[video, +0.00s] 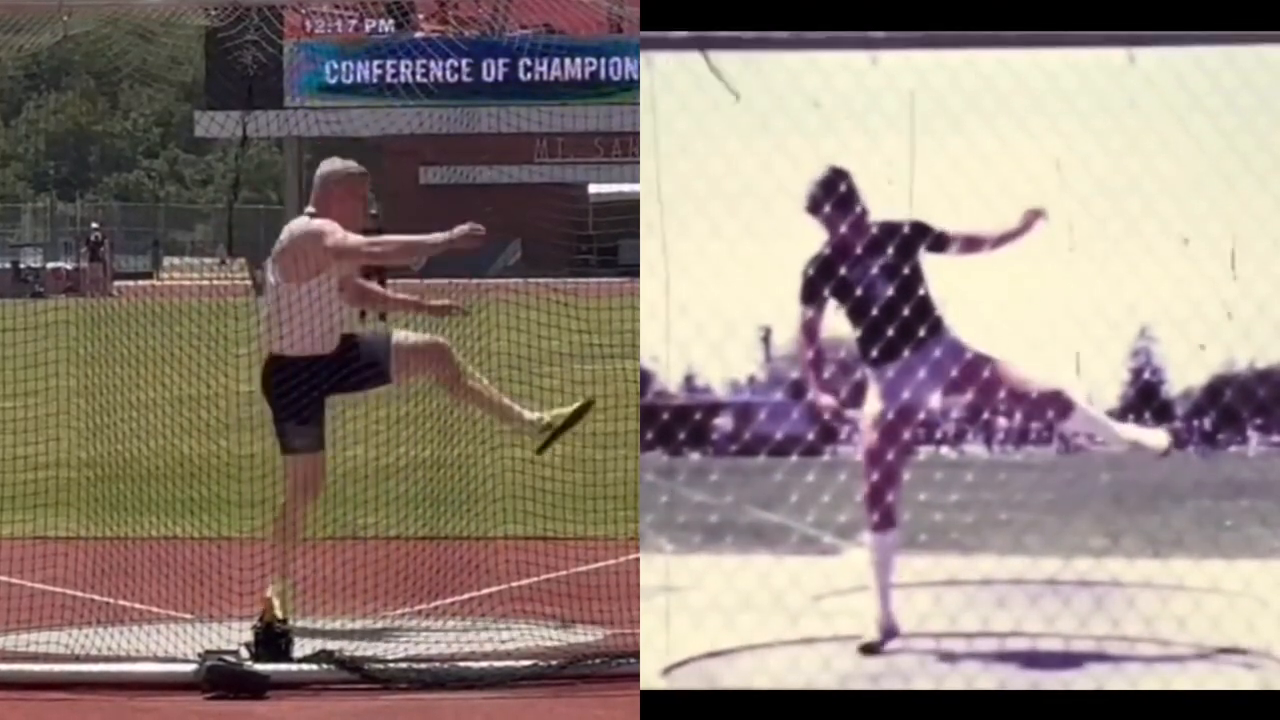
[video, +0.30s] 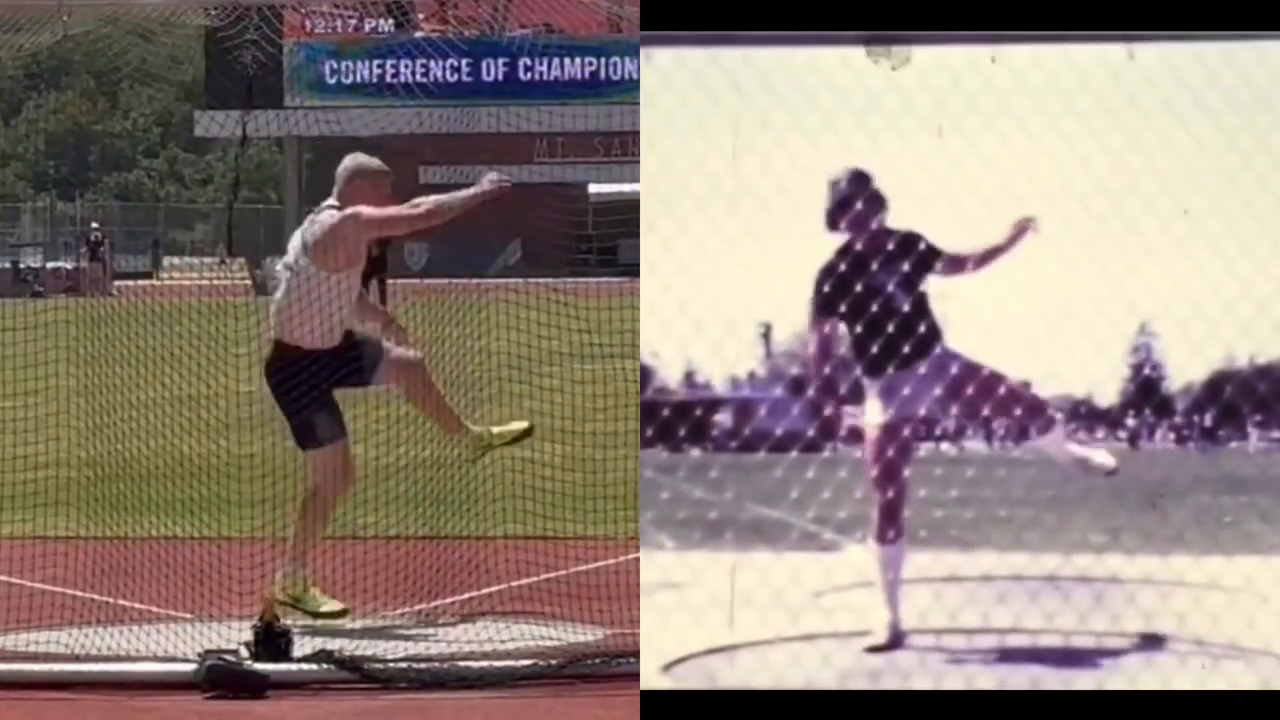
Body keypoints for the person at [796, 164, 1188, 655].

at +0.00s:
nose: (839, 228)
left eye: (843, 215)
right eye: (829, 221)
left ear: (858, 206)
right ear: (821, 222)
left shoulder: (900, 236)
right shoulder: (821, 271)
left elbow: (965, 244)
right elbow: (808, 337)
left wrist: (1016, 232)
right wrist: (816, 390)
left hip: (944, 358)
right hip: (890, 383)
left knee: (1048, 398)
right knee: (878, 489)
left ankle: (1129, 437)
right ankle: (884, 619)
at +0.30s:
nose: (865, 216)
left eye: (868, 205)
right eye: (854, 210)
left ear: (880, 204)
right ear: (839, 219)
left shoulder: (904, 246)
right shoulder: (833, 277)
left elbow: (957, 265)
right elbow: (820, 346)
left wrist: (1008, 242)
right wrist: (824, 396)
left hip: (938, 366)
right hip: (887, 390)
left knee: (1021, 403)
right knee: (887, 497)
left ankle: (1073, 452)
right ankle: (891, 618)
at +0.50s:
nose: (902, 223)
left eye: (901, 214)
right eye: (892, 217)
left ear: (900, 216)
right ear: (872, 227)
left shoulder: (910, 255)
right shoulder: (854, 285)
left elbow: (940, 282)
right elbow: (846, 357)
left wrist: (995, 260)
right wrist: (858, 418)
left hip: (935, 380)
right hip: (887, 400)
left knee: (1009, 421)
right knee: (893, 507)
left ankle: (1011, 475)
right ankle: (896, 626)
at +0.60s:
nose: (922, 228)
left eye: (920, 219)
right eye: (913, 221)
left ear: (912, 222)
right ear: (889, 227)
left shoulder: (915, 262)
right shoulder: (867, 276)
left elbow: (938, 281)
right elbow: (866, 353)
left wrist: (989, 261)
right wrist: (874, 420)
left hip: (932, 385)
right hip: (889, 398)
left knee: (1006, 435)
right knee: (897, 507)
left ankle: (975, 499)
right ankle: (897, 623)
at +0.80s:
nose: (938, 217)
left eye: (936, 208)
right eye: (931, 209)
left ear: (907, 214)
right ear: (912, 216)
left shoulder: (917, 261)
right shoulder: (888, 269)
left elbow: (933, 277)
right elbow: (888, 325)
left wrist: (972, 263)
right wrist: (900, 353)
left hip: (922, 382)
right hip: (885, 390)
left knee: (979, 444)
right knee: (903, 506)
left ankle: (922, 520)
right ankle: (897, 619)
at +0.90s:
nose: (950, 218)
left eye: (947, 209)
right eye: (948, 209)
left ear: (907, 209)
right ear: (939, 212)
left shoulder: (906, 251)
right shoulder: (914, 267)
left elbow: (925, 271)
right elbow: (917, 343)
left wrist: (965, 268)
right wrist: (946, 391)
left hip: (911, 384)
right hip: (890, 390)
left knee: (956, 465)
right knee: (911, 504)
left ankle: (877, 538)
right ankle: (897, 622)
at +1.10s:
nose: (967, 222)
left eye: (963, 212)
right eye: (964, 213)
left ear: (922, 212)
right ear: (957, 216)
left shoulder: (898, 259)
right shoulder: (948, 271)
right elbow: (966, 339)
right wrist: (1011, 391)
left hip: (875, 382)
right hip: (902, 392)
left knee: (897, 487)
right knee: (923, 507)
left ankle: (820, 564)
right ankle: (900, 624)